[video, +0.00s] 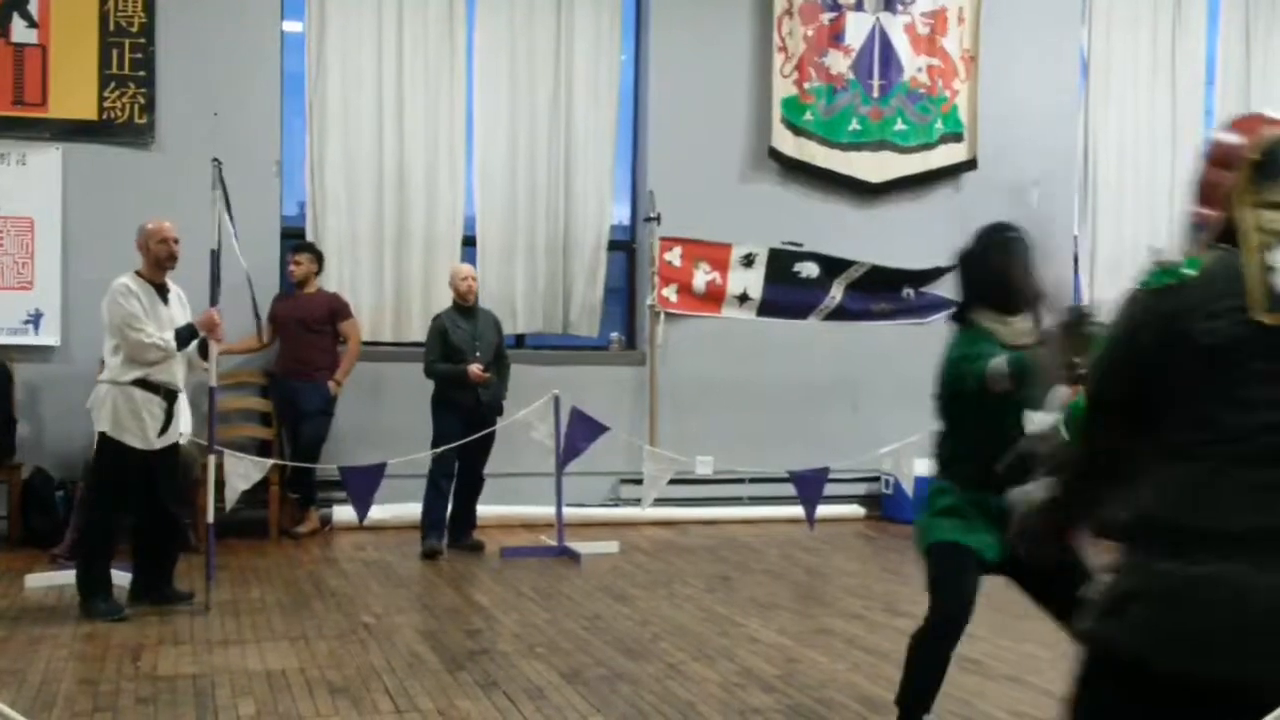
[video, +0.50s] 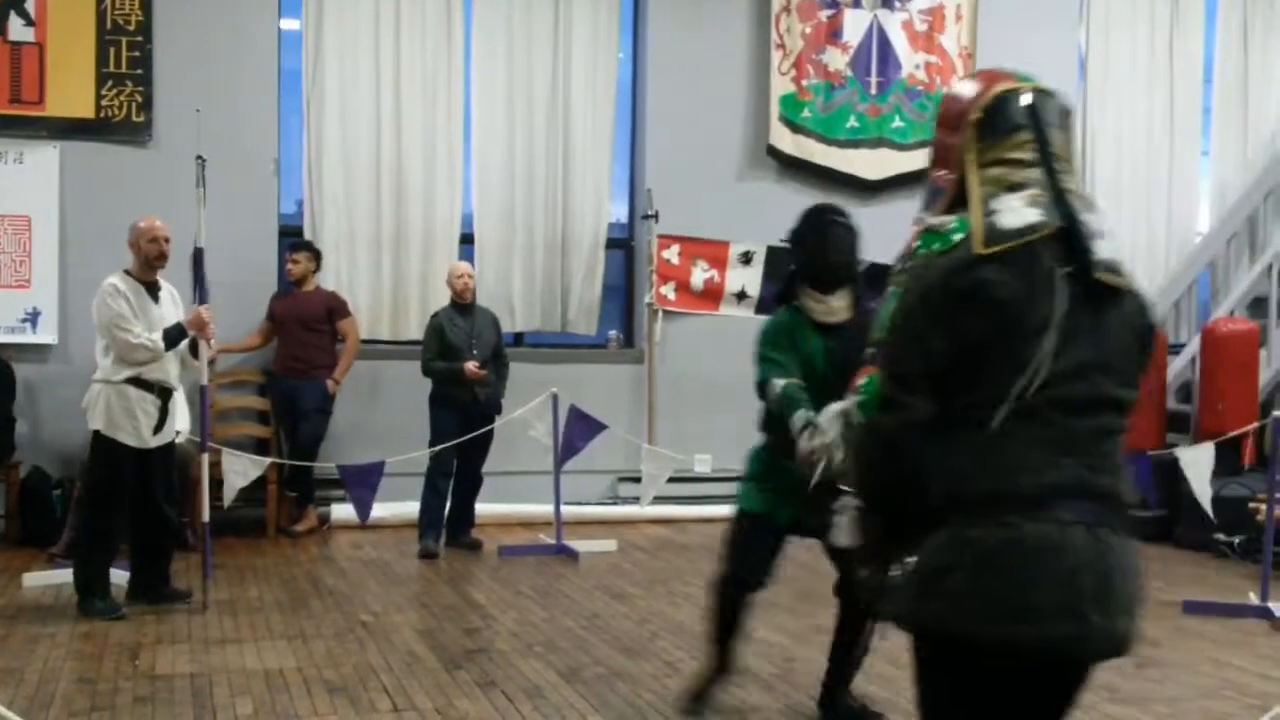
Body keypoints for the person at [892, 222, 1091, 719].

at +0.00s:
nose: (1027, 276)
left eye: (1026, 265)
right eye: (1015, 267)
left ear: (1031, 272)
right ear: (990, 276)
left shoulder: (1035, 340)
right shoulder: (968, 350)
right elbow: (1003, 377)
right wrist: (1055, 349)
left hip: (1023, 514)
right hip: (962, 510)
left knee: (1098, 616)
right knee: (949, 612)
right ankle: (910, 712)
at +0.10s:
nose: (974, 286)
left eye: (975, 276)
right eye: (965, 276)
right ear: (949, 280)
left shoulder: (995, 340)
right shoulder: (927, 350)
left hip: (977, 501)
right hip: (918, 503)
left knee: (1050, 595)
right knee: (930, 609)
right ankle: (903, 710)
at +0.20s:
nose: (943, 278)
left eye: (942, 268)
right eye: (933, 269)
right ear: (914, 278)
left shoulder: (960, 349)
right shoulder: (881, 356)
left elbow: (999, 396)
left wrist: (987, 412)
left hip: (945, 500)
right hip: (888, 502)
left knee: (1001, 608)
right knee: (906, 612)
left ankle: (930, 657)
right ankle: (897, 708)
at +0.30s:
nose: (890, 279)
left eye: (899, 268)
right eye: (882, 268)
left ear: (911, 270)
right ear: (863, 268)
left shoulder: (929, 334)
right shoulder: (843, 337)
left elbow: (954, 391)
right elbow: (827, 407)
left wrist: (927, 417)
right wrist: (874, 420)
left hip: (920, 497)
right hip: (859, 496)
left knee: (937, 605)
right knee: (874, 618)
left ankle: (861, 669)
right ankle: (874, 705)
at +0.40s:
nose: (866, 263)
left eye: (874, 251)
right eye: (856, 251)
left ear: (886, 258)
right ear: (837, 257)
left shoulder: (903, 325)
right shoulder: (816, 329)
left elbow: (916, 387)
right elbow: (804, 397)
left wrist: (881, 418)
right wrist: (841, 429)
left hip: (879, 480)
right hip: (817, 479)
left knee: (898, 587)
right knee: (814, 586)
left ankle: (845, 683)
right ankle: (808, 687)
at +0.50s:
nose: (828, 267)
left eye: (832, 256)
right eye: (822, 256)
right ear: (833, 263)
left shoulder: (873, 325)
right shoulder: (783, 329)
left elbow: (881, 384)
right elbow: (779, 385)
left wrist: (850, 421)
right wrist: (808, 425)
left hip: (845, 484)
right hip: (778, 477)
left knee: (863, 590)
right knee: (736, 577)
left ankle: (836, 693)